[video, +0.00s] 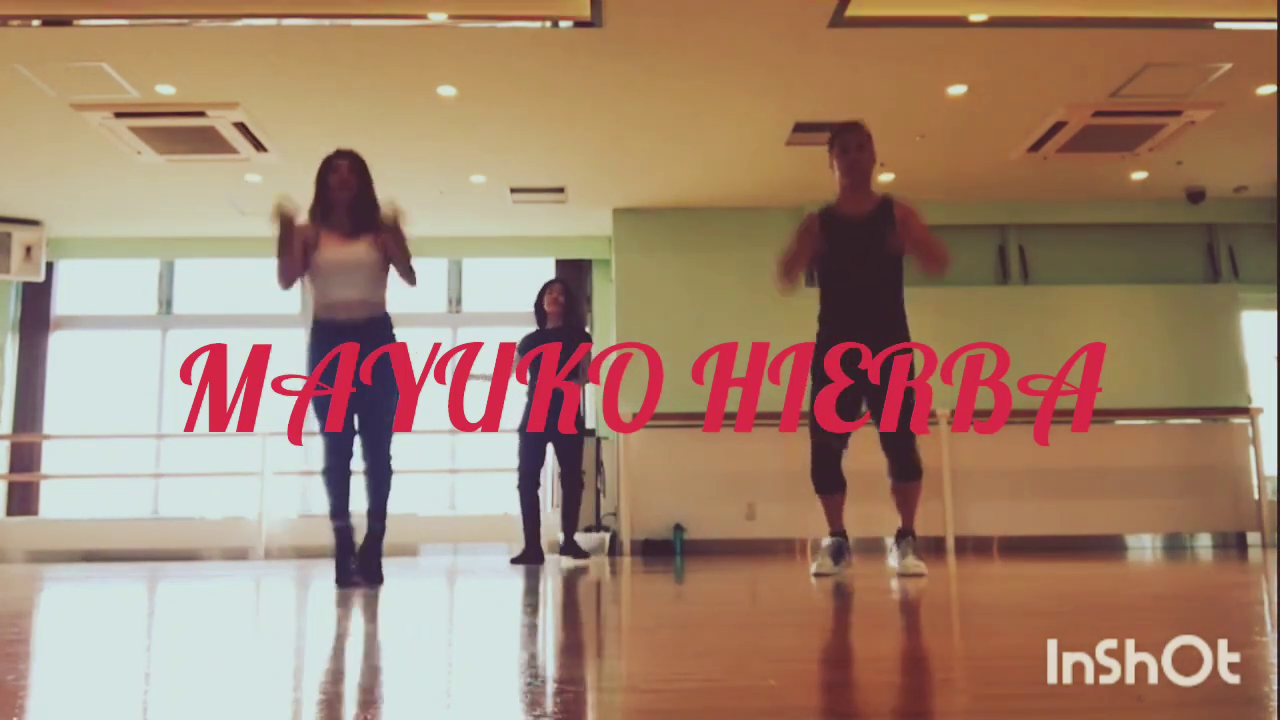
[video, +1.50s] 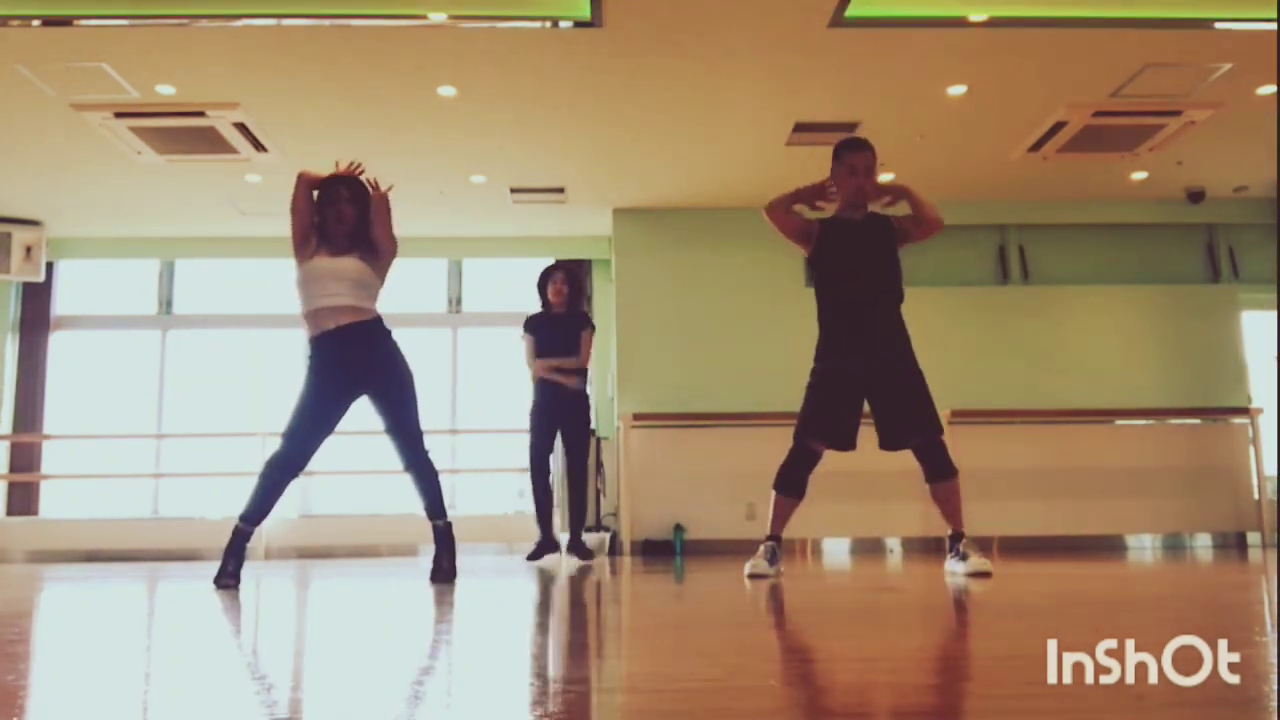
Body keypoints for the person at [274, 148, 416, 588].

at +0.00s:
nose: (342, 179)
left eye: (351, 173)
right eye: (334, 172)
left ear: (363, 181)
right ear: (323, 181)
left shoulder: (379, 226)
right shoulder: (309, 228)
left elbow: (409, 276)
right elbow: (286, 278)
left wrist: (395, 239)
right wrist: (286, 233)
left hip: (375, 336)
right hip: (329, 338)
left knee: (377, 445)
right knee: (337, 443)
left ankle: (374, 542)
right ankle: (343, 542)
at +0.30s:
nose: (343, 196)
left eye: (352, 190)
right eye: (334, 190)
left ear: (366, 201)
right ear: (322, 201)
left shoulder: (377, 243)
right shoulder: (315, 242)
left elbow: (390, 179)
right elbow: (300, 172)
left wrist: (394, 118)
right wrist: (292, 106)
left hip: (382, 358)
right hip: (333, 363)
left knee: (410, 456)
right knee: (291, 460)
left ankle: (445, 539)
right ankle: (242, 545)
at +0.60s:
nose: (338, 203)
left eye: (345, 195)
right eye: (329, 196)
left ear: (359, 204)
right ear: (315, 204)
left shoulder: (367, 243)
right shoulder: (304, 238)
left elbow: (377, 181)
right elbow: (307, 175)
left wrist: (358, 133)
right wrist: (330, 119)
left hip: (376, 352)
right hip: (328, 358)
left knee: (410, 454)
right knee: (284, 459)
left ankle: (443, 543)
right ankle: (236, 547)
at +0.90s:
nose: (338, 209)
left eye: (347, 203)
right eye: (332, 201)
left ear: (362, 212)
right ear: (320, 208)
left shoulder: (372, 251)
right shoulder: (306, 245)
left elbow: (395, 190)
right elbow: (305, 175)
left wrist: (369, 165)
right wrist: (345, 151)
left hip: (379, 356)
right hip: (330, 365)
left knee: (414, 453)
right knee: (289, 460)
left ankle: (444, 540)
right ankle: (237, 544)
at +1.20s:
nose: (341, 212)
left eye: (350, 205)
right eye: (333, 204)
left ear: (363, 213)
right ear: (320, 212)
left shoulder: (374, 254)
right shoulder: (307, 248)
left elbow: (397, 195)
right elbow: (300, 180)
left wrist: (364, 188)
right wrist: (342, 174)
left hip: (380, 353)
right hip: (330, 361)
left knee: (414, 451)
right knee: (292, 458)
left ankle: (444, 539)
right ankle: (238, 543)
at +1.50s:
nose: (337, 211)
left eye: (346, 203)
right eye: (330, 204)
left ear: (362, 212)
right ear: (319, 212)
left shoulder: (377, 254)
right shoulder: (308, 250)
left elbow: (381, 208)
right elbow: (301, 182)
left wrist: (374, 197)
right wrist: (334, 178)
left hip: (378, 354)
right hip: (329, 361)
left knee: (412, 450)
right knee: (290, 458)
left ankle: (444, 539)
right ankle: (237, 542)